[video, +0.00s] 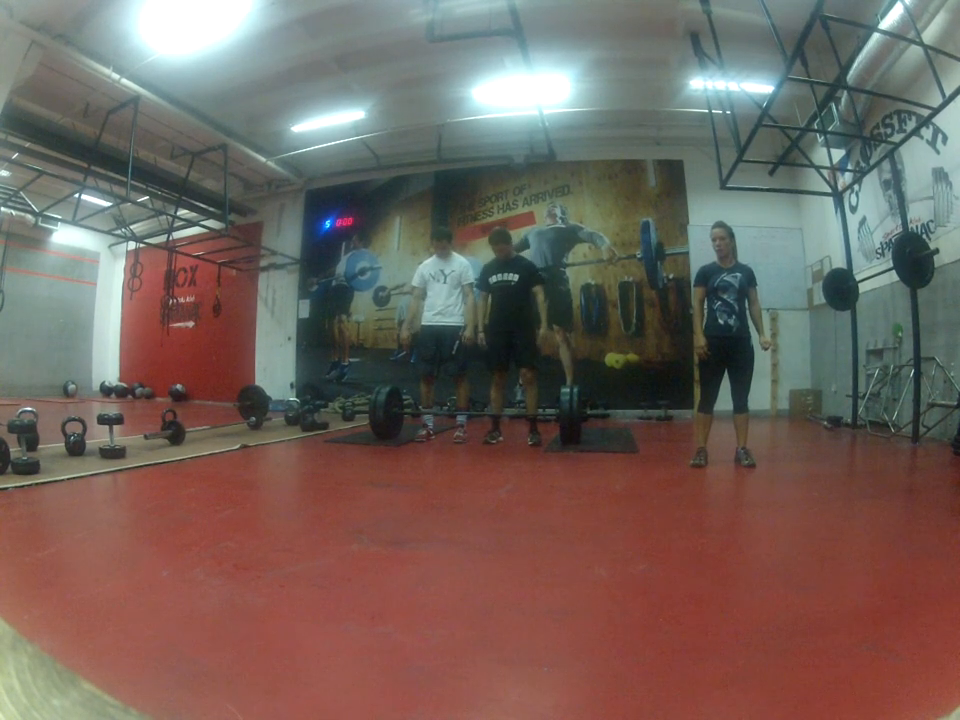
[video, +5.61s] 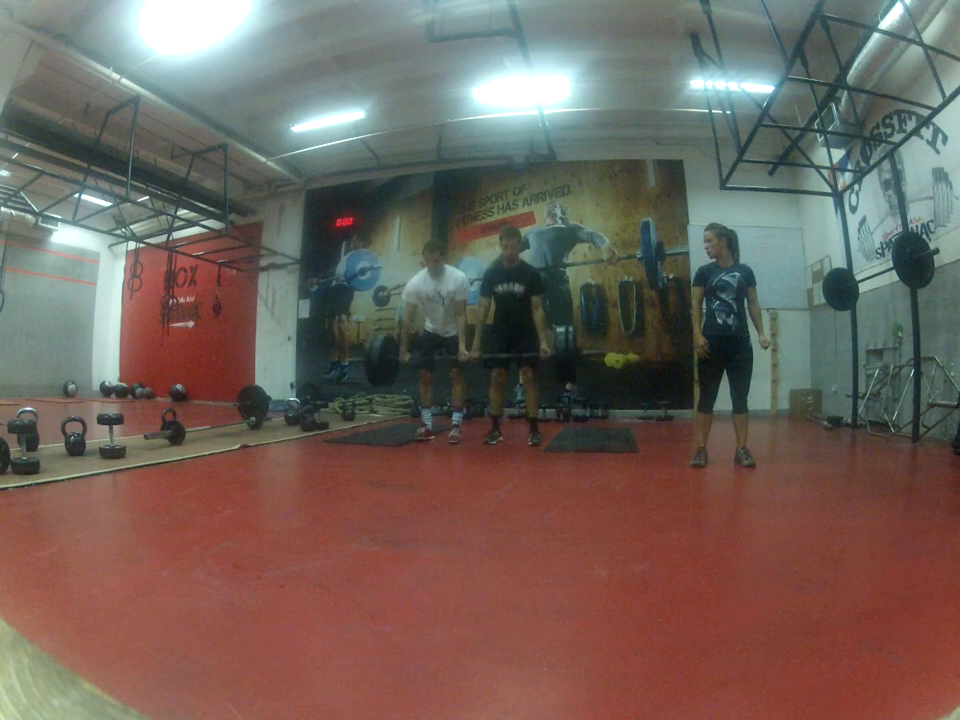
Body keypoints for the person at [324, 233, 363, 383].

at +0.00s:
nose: (353, 243)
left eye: (355, 241)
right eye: (353, 241)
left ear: (360, 242)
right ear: (354, 242)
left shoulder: (361, 256)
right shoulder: (349, 256)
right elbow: (337, 272)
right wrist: (319, 279)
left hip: (345, 288)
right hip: (335, 288)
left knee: (342, 324)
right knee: (333, 325)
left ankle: (345, 363)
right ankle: (335, 361)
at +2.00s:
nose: (352, 243)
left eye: (355, 241)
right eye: (353, 240)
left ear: (361, 243)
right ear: (353, 242)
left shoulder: (359, 257)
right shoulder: (347, 256)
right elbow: (337, 273)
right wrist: (319, 279)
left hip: (345, 288)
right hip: (335, 288)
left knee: (342, 323)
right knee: (334, 325)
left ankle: (345, 362)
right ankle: (335, 360)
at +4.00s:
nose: (353, 243)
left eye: (356, 241)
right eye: (353, 241)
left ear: (361, 243)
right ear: (352, 242)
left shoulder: (360, 256)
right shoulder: (347, 256)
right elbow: (336, 273)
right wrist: (319, 279)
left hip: (346, 288)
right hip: (335, 288)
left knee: (342, 324)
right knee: (334, 324)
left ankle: (345, 362)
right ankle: (335, 361)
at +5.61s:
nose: (354, 243)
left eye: (357, 241)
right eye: (354, 240)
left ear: (362, 243)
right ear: (352, 242)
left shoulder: (361, 257)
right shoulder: (347, 257)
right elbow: (336, 273)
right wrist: (319, 280)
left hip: (346, 289)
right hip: (335, 289)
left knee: (343, 326)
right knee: (333, 326)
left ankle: (345, 364)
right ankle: (335, 362)